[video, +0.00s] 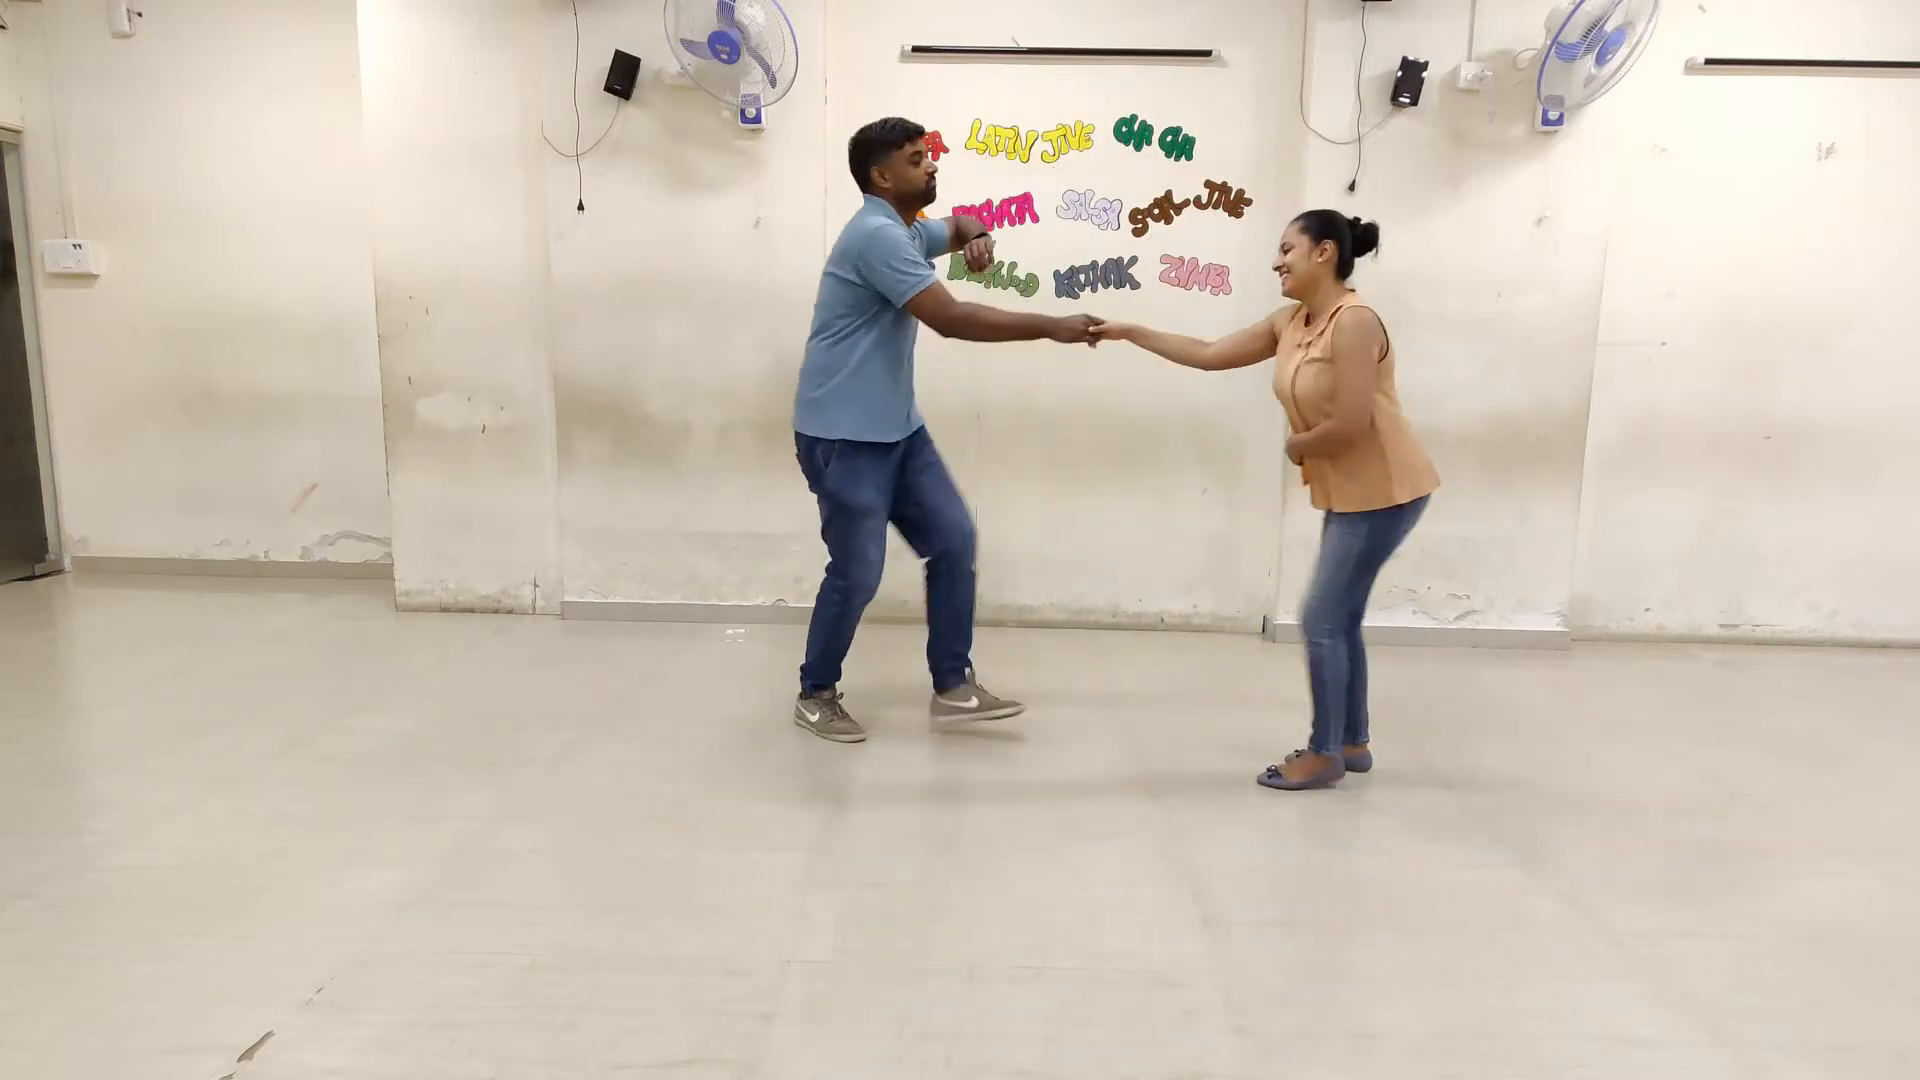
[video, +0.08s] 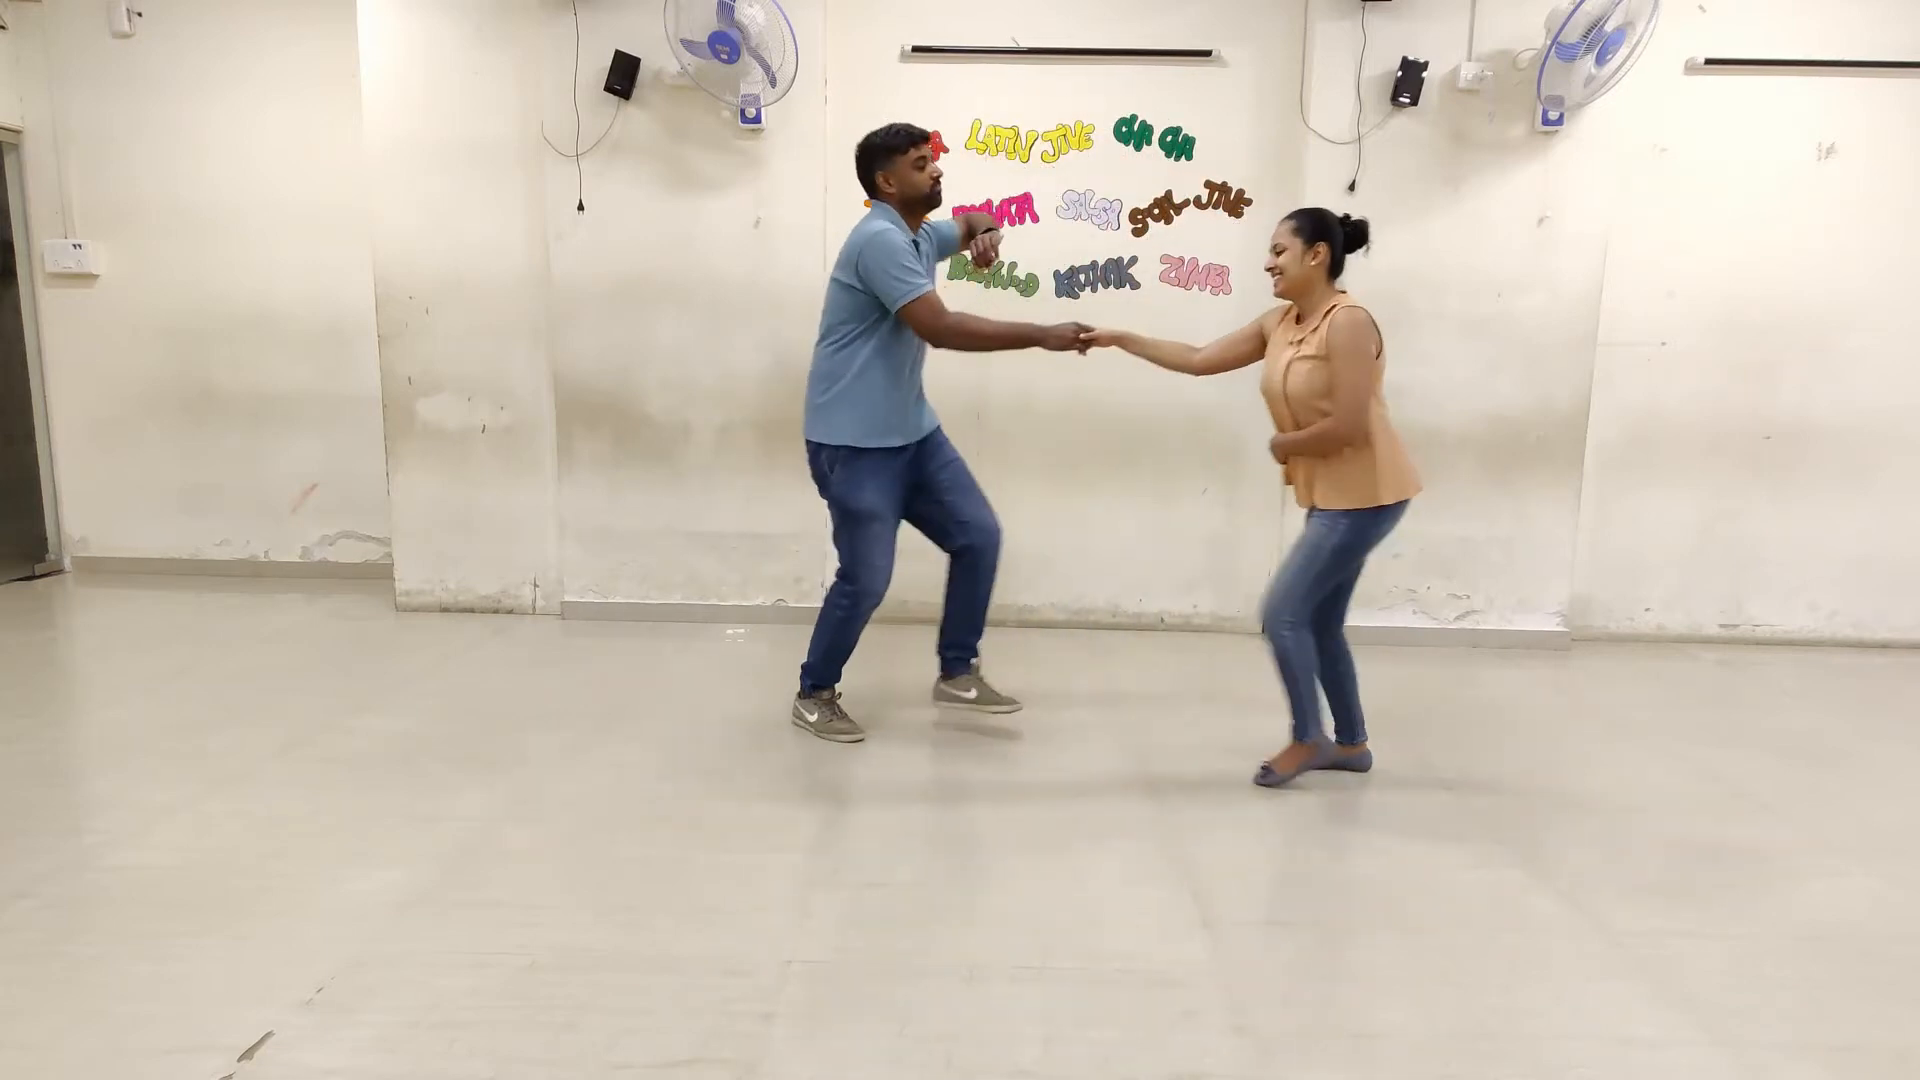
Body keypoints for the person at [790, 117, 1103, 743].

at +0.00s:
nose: (929, 165)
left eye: (927, 155)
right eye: (915, 158)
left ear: (905, 173)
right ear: (880, 173)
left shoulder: (905, 230)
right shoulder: (875, 233)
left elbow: (957, 224)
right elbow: (950, 318)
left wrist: (973, 237)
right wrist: (1051, 327)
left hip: (896, 427)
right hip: (841, 431)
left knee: (953, 539)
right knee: (857, 572)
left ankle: (953, 687)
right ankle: (815, 693)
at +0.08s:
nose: (934, 170)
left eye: (933, 161)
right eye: (919, 163)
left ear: (922, 173)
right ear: (884, 179)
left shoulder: (922, 234)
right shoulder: (878, 239)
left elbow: (972, 222)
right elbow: (939, 327)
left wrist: (982, 233)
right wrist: (1041, 335)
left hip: (910, 430)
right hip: (851, 437)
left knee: (979, 537)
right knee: (865, 579)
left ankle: (957, 676)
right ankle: (814, 693)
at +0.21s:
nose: (955, 184)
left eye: (954, 173)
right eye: (940, 177)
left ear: (956, 184)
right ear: (903, 195)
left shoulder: (960, 253)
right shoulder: (892, 258)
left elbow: (1017, 243)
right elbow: (913, 342)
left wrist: (1021, 243)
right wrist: (1011, 354)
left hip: (946, 450)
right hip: (880, 458)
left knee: (1015, 551)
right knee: (888, 593)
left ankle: (1023, 685)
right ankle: (817, 693)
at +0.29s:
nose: (971, 192)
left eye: (972, 183)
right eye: (955, 185)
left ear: (976, 193)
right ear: (921, 203)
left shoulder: (984, 262)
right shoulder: (910, 259)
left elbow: (1061, 256)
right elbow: (906, 320)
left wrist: (1043, 246)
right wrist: (1003, 346)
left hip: (967, 457)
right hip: (901, 463)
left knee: (1035, 556)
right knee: (899, 597)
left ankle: (1037, 689)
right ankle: (819, 693)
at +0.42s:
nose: (998, 178)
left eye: (1003, 169)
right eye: (982, 173)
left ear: (1015, 180)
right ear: (958, 190)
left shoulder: (1032, 245)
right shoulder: (946, 243)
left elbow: (1120, 242)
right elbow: (937, 262)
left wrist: (1083, 227)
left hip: (1019, 449)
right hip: (944, 453)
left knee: (1067, 562)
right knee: (922, 577)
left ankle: (1045, 691)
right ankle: (845, 683)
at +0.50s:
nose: (1016, 166)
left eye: (1024, 157)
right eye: (1001, 160)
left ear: (1037, 172)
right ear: (981, 177)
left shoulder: (1067, 240)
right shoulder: (964, 241)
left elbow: (1158, 213)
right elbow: (957, 224)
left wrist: (1099, 196)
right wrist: (1041, 177)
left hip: (1045, 439)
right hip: (964, 441)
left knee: (1074, 571)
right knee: (944, 570)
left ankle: (1063, 686)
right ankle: (908, 676)